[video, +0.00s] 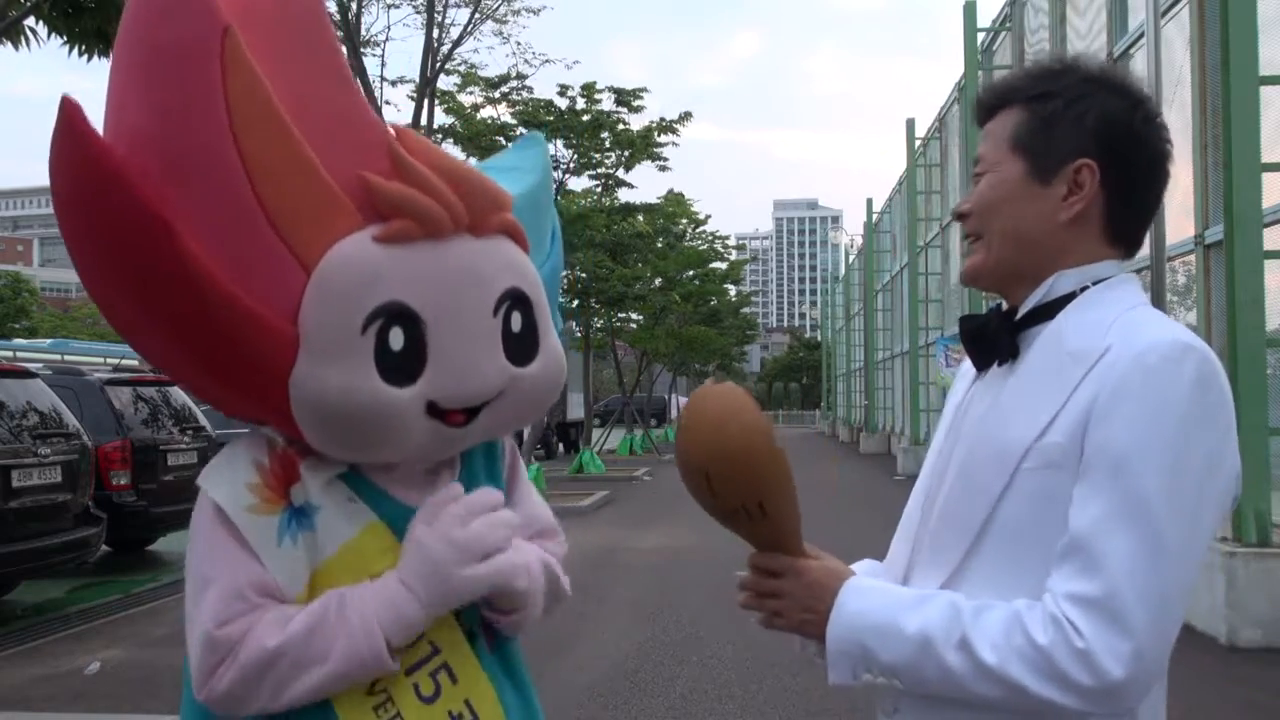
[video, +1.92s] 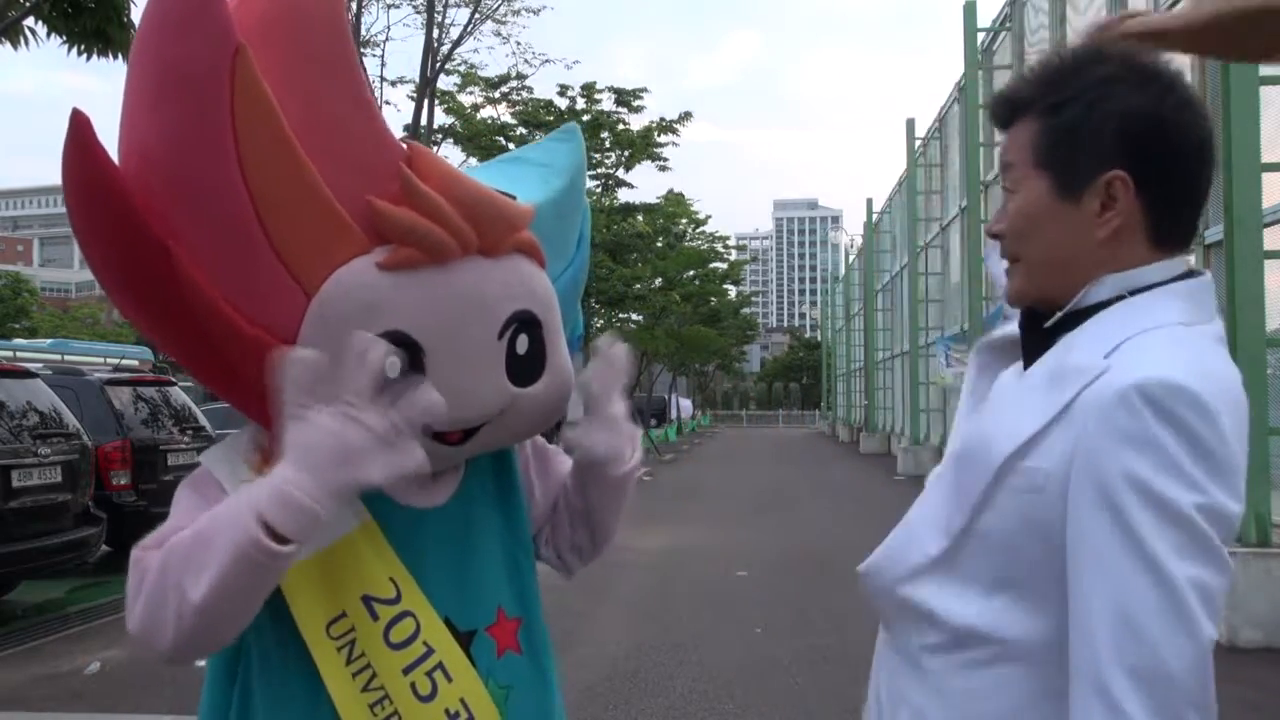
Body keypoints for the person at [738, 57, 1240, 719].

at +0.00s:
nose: (960, 206)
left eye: (983, 173)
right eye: (971, 179)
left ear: (1074, 189)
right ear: (1073, 192)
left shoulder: (1157, 364)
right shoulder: (991, 362)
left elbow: (1099, 656)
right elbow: (951, 569)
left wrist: (851, 615)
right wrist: (839, 588)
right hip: (916, 703)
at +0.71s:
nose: (871, 228)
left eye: (887, 191)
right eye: (879, 195)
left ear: (974, 199)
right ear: (970, 202)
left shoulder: (1092, 373)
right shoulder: (947, 365)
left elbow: (1125, 680)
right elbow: (940, 582)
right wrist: (834, 631)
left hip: (1011, 707)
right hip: (915, 706)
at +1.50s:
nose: (935, 222)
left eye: (954, 186)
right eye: (943, 190)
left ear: (1042, 198)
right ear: (1035, 200)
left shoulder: (1142, 356)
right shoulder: (1011, 356)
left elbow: (1139, 668)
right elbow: (964, 551)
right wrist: (823, 574)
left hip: (1020, 705)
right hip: (931, 701)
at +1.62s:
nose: (979, 226)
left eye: (996, 190)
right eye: (985, 194)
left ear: (1090, 203)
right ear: (1085, 205)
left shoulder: (1159, 373)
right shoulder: (1074, 354)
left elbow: (1131, 691)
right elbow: (931, 458)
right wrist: (800, 379)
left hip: (1011, 708)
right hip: (934, 696)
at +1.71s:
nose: (998, 234)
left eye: (1017, 198)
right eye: (1007, 202)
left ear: (1115, 208)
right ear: (1114, 211)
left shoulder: (1158, 385)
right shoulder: (1093, 356)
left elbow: (1134, 700)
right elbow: (949, 369)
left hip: (990, 706)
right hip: (932, 699)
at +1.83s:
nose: (999, 228)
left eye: (1019, 195)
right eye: (1008, 199)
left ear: (1118, 208)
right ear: (1117, 211)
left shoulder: (1153, 390)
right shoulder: (1076, 351)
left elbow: (1143, 701)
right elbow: (988, 288)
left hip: (986, 704)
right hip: (930, 696)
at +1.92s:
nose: (993, 223)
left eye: (1011, 189)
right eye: (1002, 191)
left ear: (1109, 204)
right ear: (1108, 207)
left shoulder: (1149, 389)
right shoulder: (1085, 347)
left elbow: (1141, 700)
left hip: (985, 704)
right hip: (923, 694)